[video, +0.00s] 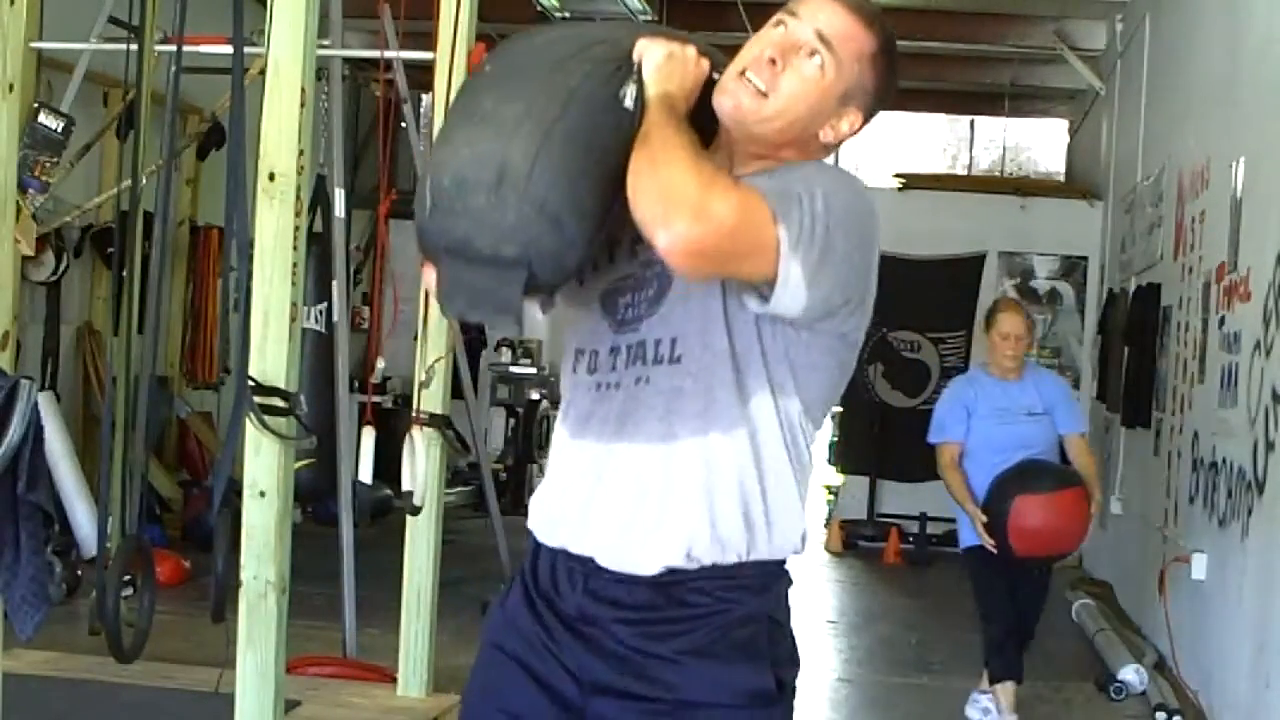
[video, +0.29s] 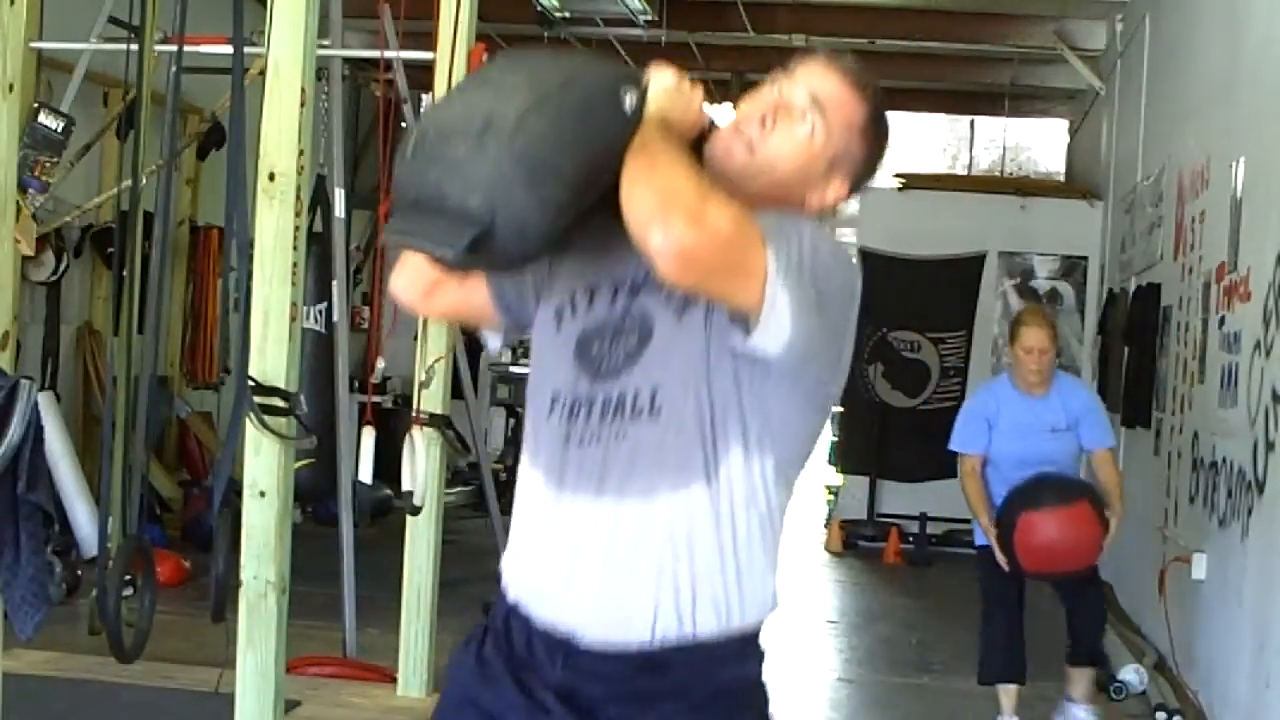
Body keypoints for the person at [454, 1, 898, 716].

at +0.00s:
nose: (774, 47)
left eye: (815, 54)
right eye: (779, 26)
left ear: (840, 124)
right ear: (748, 38)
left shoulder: (834, 207)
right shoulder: (622, 180)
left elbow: (691, 232)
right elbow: (454, 277)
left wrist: (664, 103)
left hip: (706, 635)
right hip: (546, 607)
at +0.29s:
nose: (771, 106)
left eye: (806, 118)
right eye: (780, 88)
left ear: (829, 191)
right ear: (753, 90)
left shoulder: (816, 270)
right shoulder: (592, 241)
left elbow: (681, 242)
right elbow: (421, 285)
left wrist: (665, 121)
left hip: (685, 688)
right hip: (516, 664)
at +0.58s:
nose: (784, 138)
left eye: (819, 153)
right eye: (795, 123)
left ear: (831, 228)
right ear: (763, 131)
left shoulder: (812, 305)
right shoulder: (606, 241)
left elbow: (694, 286)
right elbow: (411, 324)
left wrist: (664, 180)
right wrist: (530, 199)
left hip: (646, 683)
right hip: (479, 653)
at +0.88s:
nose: (828, 51)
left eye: (856, 65)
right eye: (836, 44)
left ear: (866, 131)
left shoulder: (798, 174)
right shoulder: (602, 140)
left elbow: (792, 13)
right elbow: (488, 38)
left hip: (626, 573)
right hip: (470, 545)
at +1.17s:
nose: (733, 37)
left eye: (762, 40)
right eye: (735, 30)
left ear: (779, 79)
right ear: (705, 42)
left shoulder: (781, 153)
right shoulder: (605, 131)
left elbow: (794, 7)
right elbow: (617, 4)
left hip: (663, 599)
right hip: (504, 574)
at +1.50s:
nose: (730, 29)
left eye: (759, 31)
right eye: (730, 19)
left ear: (779, 74)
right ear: (700, 40)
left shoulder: (777, 153)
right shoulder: (608, 128)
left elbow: (796, 3)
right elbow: (621, 0)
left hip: (658, 598)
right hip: (502, 572)